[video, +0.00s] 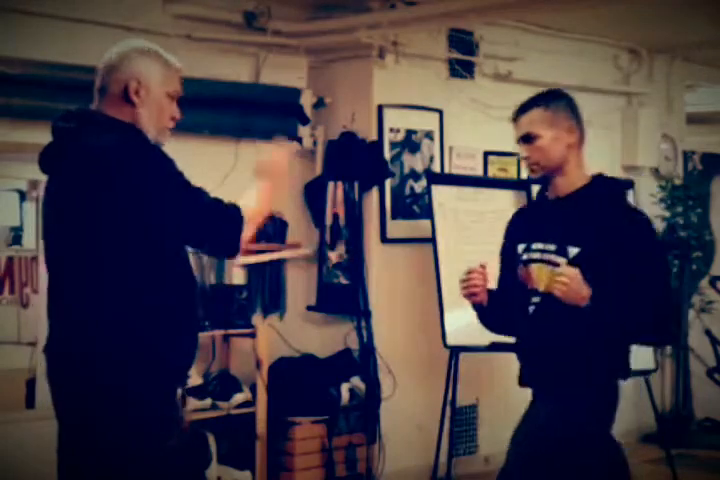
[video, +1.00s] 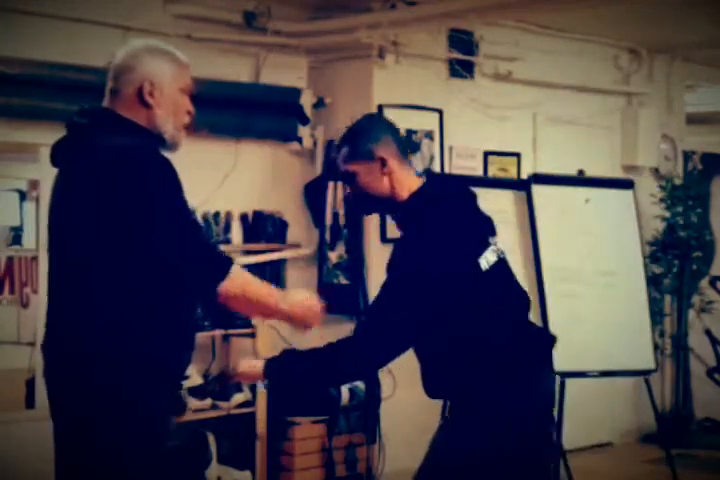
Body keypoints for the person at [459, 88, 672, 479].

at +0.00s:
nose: (522, 153)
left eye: (530, 140)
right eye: (520, 144)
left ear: (571, 137)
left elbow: (660, 324)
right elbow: (514, 319)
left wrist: (590, 298)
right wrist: (485, 300)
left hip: (589, 387)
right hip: (544, 386)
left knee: (520, 469)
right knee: (595, 467)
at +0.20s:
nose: (435, 160)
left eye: (442, 145)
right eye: (434, 148)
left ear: (482, 143)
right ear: (482, 145)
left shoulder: (502, 201)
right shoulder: (504, 197)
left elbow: (496, 321)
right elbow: (504, 313)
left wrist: (410, 308)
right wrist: (443, 306)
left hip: (530, 391)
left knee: (473, 473)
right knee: (560, 471)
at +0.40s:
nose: (350, 186)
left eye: (354, 173)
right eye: (347, 175)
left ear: (389, 163)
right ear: (392, 164)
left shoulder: (418, 238)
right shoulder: (458, 208)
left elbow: (363, 345)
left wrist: (268, 376)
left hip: (487, 402)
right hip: (535, 387)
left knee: (432, 474)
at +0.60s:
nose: (327, 215)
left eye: (325, 202)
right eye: (321, 205)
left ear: (349, 183)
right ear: (359, 179)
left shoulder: (401, 247)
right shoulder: (423, 213)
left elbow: (345, 368)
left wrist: (243, 387)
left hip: (483, 404)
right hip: (511, 383)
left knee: (423, 476)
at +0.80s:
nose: (330, 203)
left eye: (329, 191)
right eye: (324, 194)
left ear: (355, 175)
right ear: (362, 169)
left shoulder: (404, 239)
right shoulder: (427, 204)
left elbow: (356, 357)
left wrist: (252, 371)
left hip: (480, 394)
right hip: (511, 373)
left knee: (424, 473)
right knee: (526, 471)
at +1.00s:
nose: (352, 190)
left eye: (353, 177)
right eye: (348, 179)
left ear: (385, 165)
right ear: (387, 163)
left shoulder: (426, 238)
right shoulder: (449, 199)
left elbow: (372, 348)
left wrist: (271, 371)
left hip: (488, 395)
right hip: (522, 376)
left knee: (438, 472)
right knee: (529, 470)